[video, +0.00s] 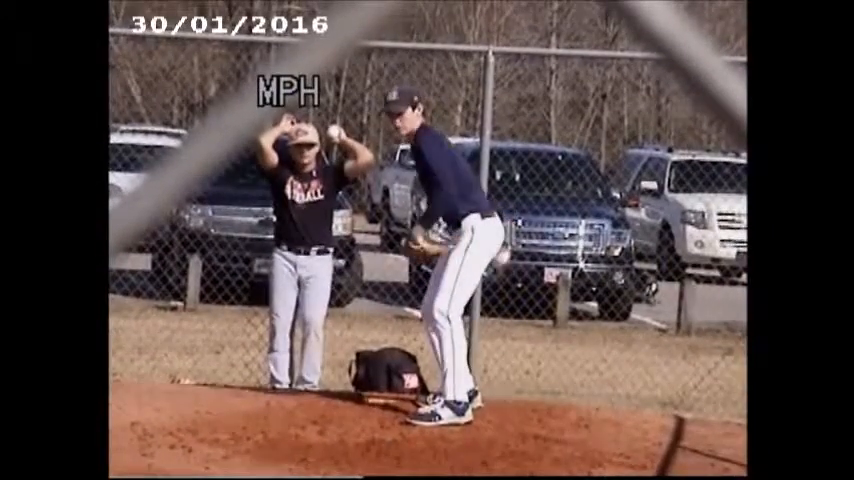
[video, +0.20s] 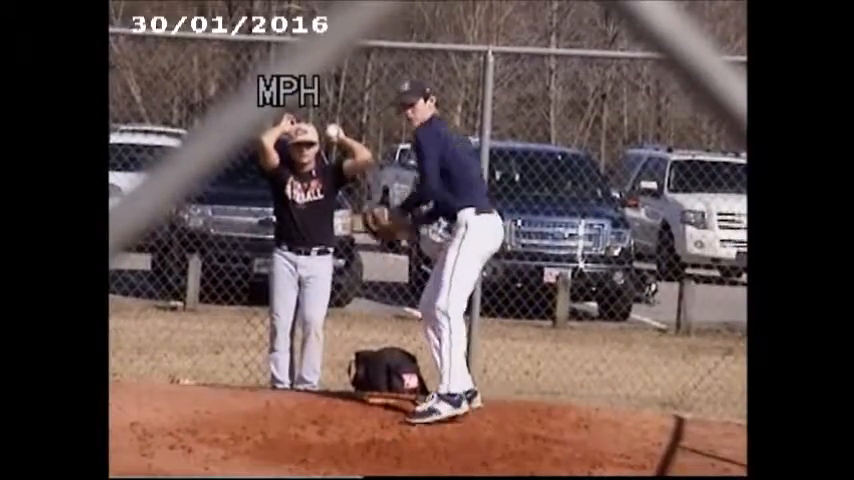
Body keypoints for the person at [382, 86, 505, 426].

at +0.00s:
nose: (395, 121)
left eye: (400, 114)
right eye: (392, 116)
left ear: (418, 110)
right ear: (392, 118)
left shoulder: (427, 140)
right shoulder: (420, 143)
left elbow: (446, 191)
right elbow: (445, 194)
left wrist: (422, 226)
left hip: (479, 226)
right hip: (464, 228)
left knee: (445, 311)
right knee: (431, 311)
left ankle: (457, 400)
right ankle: (461, 388)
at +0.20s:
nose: (407, 112)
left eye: (412, 105)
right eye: (404, 107)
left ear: (430, 103)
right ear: (407, 108)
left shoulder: (428, 133)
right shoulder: (440, 134)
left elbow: (429, 187)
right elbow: (447, 204)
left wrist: (399, 213)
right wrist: (410, 224)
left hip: (476, 222)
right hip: (473, 222)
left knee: (446, 308)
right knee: (430, 308)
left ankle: (452, 393)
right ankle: (461, 387)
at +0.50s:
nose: (422, 98)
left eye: (427, 92)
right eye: (419, 93)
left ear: (446, 90)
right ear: (424, 95)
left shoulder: (434, 121)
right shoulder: (456, 121)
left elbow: (400, 163)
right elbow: (415, 153)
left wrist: (381, 136)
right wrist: (395, 126)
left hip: (472, 219)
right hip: (482, 218)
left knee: (438, 305)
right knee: (440, 305)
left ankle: (456, 394)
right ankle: (462, 390)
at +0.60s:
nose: (424, 94)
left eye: (429, 88)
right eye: (421, 89)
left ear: (447, 87)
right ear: (425, 89)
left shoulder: (435, 116)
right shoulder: (456, 116)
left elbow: (396, 154)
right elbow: (418, 134)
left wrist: (382, 117)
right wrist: (401, 106)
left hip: (467, 216)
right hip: (480, 214)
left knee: (438, 305)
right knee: (441, 304)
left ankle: (455, 393)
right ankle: (462, 388)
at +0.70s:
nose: (421, 96)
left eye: (426, 88)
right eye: (419, 90)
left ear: (447, 87)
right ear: (441, 89)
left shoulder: (436, 118)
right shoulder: (458, 115)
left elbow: (391, 150)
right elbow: (427, 125)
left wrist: (384, 113)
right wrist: (407, 102)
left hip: (466, 217)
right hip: (480, 215)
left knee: (438, 307)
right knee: (444, 306)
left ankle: (455, 394)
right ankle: (463, 389)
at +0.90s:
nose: (416, 97)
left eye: (421, 90)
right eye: (414, 91)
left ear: (442, 87)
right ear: (439, 90)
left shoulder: (437, 119)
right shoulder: (455, 114)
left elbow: (389, 148)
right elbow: (423, 119)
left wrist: (391, 107)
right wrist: (405, 100)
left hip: (466, 217)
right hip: (479, 214)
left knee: (439, 307)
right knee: (447, 306)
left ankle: (454, 394)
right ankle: (464, 388)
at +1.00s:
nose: (417, 104)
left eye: (420, 97)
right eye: (415, 98)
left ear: (439, 91)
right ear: (435, 95)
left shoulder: (435, 123)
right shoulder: (457, 116)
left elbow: (393, 156)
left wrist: (391, 114)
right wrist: (403, 106)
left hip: (466, 219)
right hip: (478, 215)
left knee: (439, 308)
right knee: (445, 307)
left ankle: (454, 394)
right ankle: (462, 389)